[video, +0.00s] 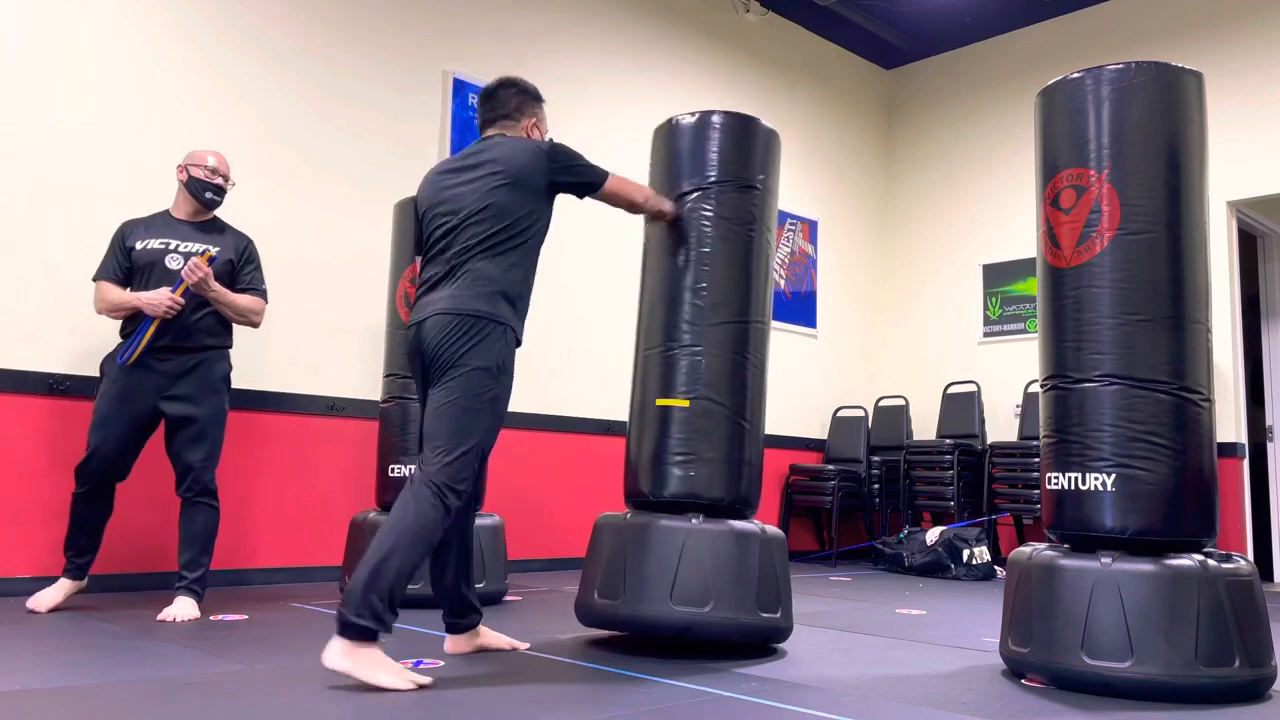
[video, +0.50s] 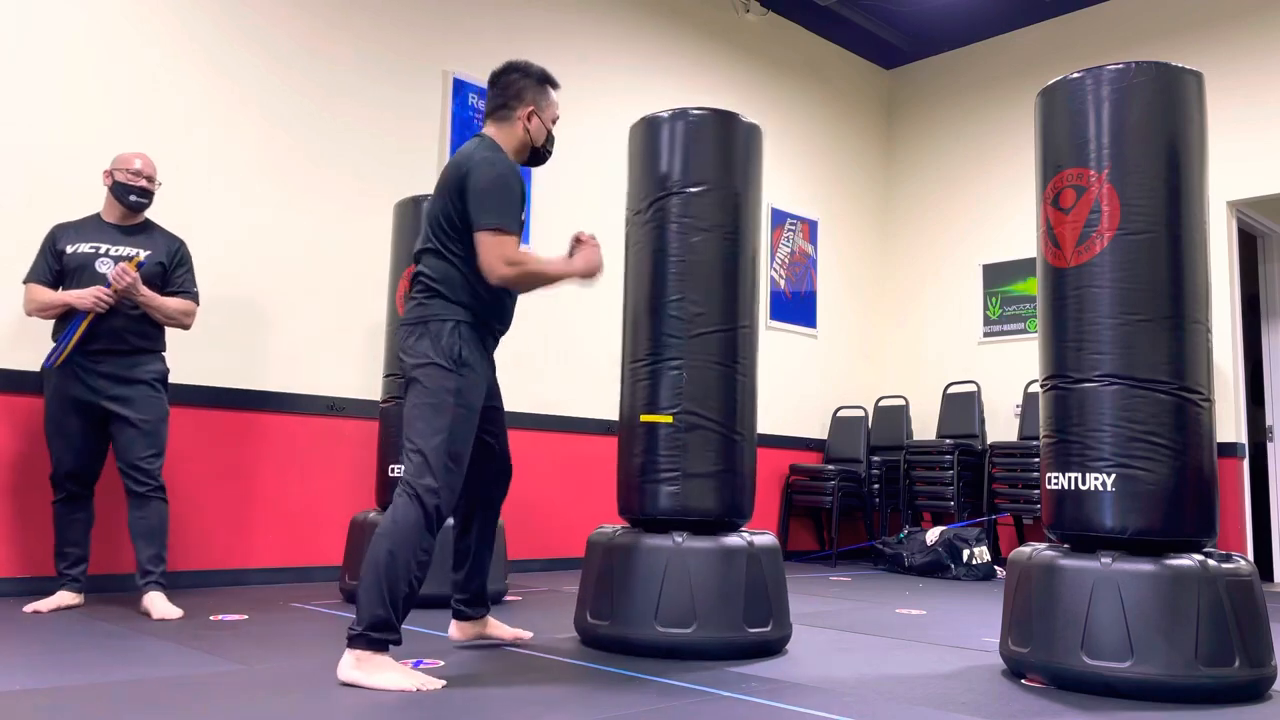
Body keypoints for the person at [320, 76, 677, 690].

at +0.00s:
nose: (546, 134)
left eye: (546, 126)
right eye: (545, 125)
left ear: (483, 123)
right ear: (532, 122)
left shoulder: (435, 176)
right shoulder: (538, 152)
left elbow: (427, 262)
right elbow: (639, 198)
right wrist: (667, 207)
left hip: (426, 325)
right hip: (477, 323)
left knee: (457, 482)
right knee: (439, 484)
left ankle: (463, 627)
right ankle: (355, 638)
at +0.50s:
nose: (554, 133)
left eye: (555, 121)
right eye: (552, 119)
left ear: (509, 113)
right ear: (528, 114)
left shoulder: (484, 164)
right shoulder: (489, 165)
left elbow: (496, 266)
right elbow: (499, 266)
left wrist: (557, 266)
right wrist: (571, 266)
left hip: (463, 339)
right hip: (445, 335)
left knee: (487, 474)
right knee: (426, 484)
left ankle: (470, 616)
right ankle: (367, 649)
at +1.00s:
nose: (543, 153)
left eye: (542, 145)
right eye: (543, 145)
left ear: (484, 140)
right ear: (531, 140)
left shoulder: (437, 187)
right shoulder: (538, 172)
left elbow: (425, 266)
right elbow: (588, 248)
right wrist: (555, 214)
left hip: (434, 329)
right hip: (495, 327)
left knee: (448, 468)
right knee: (496, 468)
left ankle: (457, 617)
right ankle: (435, 618)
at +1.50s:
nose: (549, 129)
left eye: (547, 119)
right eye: (546, 118)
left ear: (507, 117)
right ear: (527, 114)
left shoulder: (514, 182)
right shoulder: (488, 161)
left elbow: (563, 249)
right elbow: (501, 233)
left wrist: (630, 234)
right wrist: (563, 227)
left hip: (495, 345)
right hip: (481, 344)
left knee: (490, 484)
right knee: (487, 485)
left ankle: (444, 617)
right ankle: (409, 636)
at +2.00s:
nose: (505, 114)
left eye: (501, 104)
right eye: (502, 105)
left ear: (444, 111)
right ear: (489, 106)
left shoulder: (410, 173)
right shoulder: (491, 160)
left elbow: (392, 272)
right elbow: (514, 249)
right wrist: (537, 243)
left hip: (408, 319)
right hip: (458, 314)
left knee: (434, 472)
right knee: (442, 470)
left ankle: (441, 623)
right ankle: (322, 611)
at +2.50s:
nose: (467, 92)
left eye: (465, 82)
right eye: (463, 79)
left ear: (422, 77)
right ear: (440, 75)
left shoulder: (426, 147)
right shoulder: (402, 121)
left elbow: (432, 244)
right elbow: (401, 217)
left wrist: (490, 241)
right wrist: (482, 257)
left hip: (400, 334)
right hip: (364, 323)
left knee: (417, 483)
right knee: (321, 487)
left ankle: (383, 631)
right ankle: (265, 662)